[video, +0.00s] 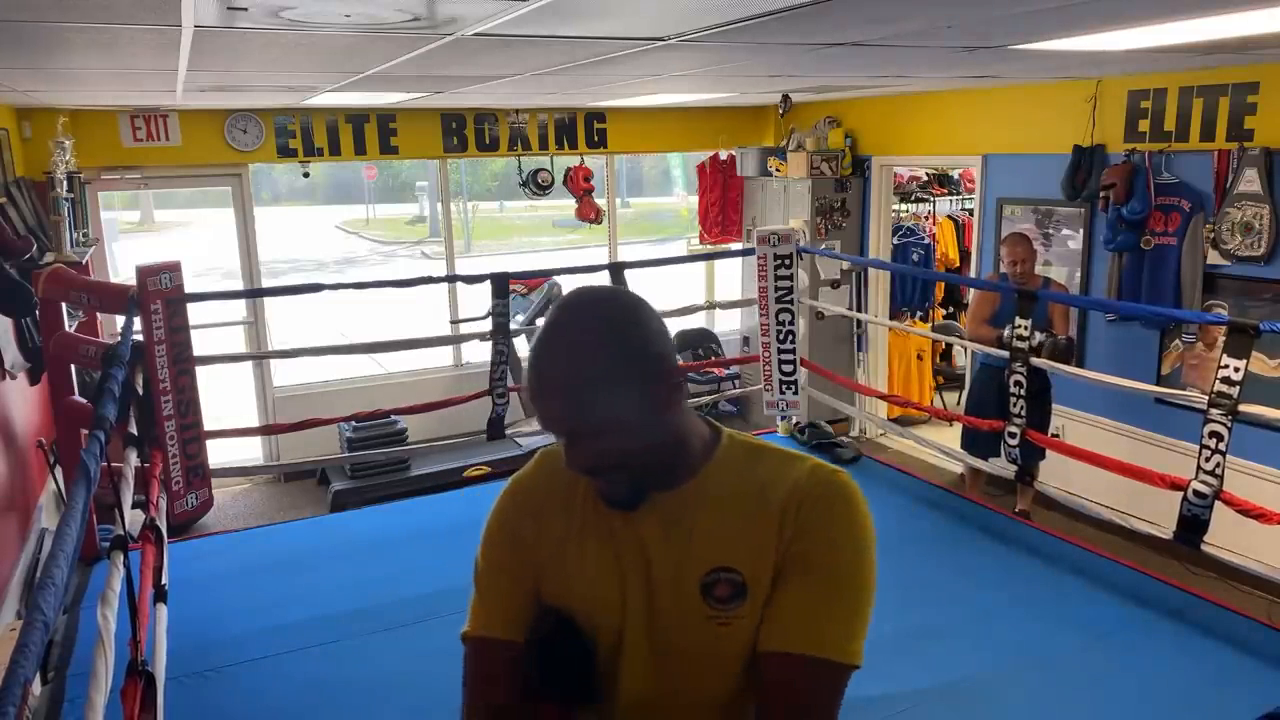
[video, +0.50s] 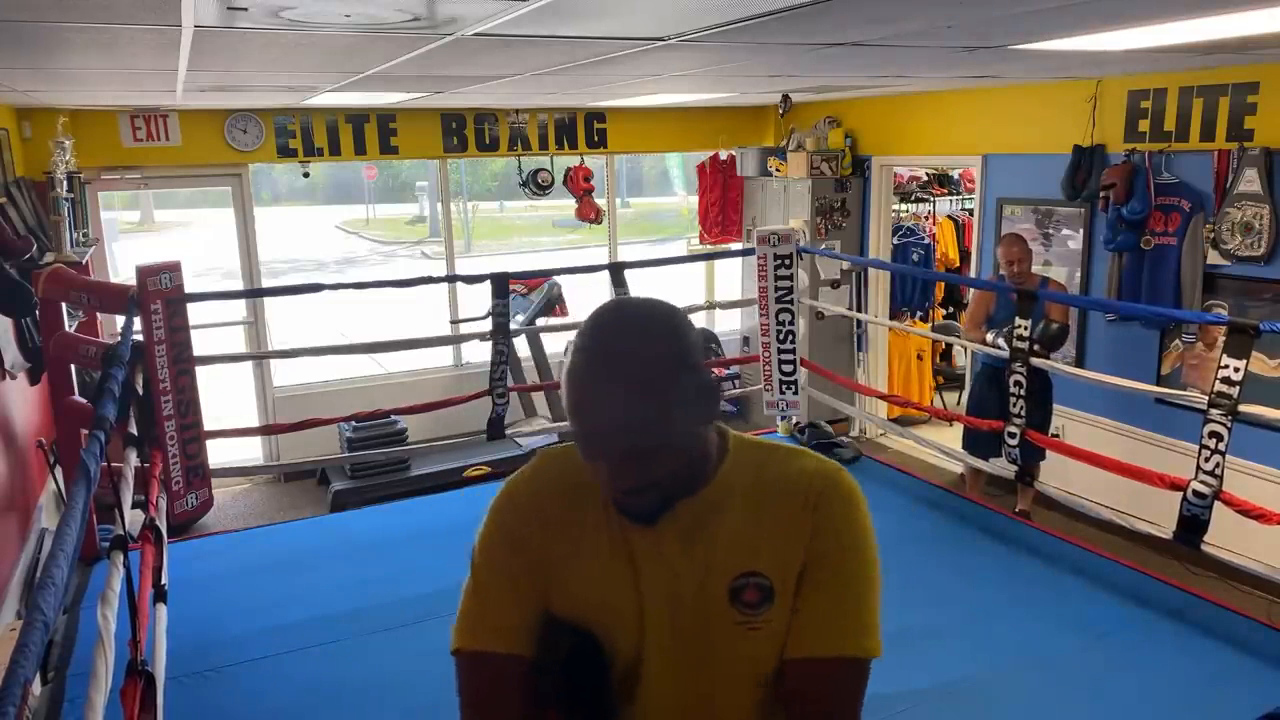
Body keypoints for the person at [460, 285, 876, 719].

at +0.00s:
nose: (576, 466)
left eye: (598, 444)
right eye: (558, 438)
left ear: (673, 389)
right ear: (538, 411)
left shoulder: (813, 506)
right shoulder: (528, 503)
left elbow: (794, 708)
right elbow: (489, 703)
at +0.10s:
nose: (591, 459)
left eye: (612, 433)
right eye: (575, 432)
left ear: (690, 389)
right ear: (562, 413)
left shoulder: (826, 502)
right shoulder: (540, 500)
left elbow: (805, 708)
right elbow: (498, 702)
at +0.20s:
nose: (606, 464)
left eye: (625, 438)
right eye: (591, 436)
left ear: (707, 388)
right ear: (575, 414)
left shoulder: (834, 499)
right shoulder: (551, 496)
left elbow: (815, 705)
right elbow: (504, 700)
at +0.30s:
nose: (621, 472)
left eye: (652, 443)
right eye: (603, 444)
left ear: (722, 394)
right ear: (584, 417)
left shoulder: (838, 499)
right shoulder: (555, 496)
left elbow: (827, 708)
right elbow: (508, 704)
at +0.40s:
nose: (623, 478)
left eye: (650, 451)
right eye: (603, 451)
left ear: (723, 398)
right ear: (583, 423)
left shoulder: (829, 501)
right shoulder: (548, 499)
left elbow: (829, 707)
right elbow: (500, 703)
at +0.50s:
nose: (617, 482)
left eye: (643, 453)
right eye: (594, 453)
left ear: (709, 404)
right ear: (572, 425)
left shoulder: (816, 501)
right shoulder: (529, 503)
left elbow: (822, 704)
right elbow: (490, 701)